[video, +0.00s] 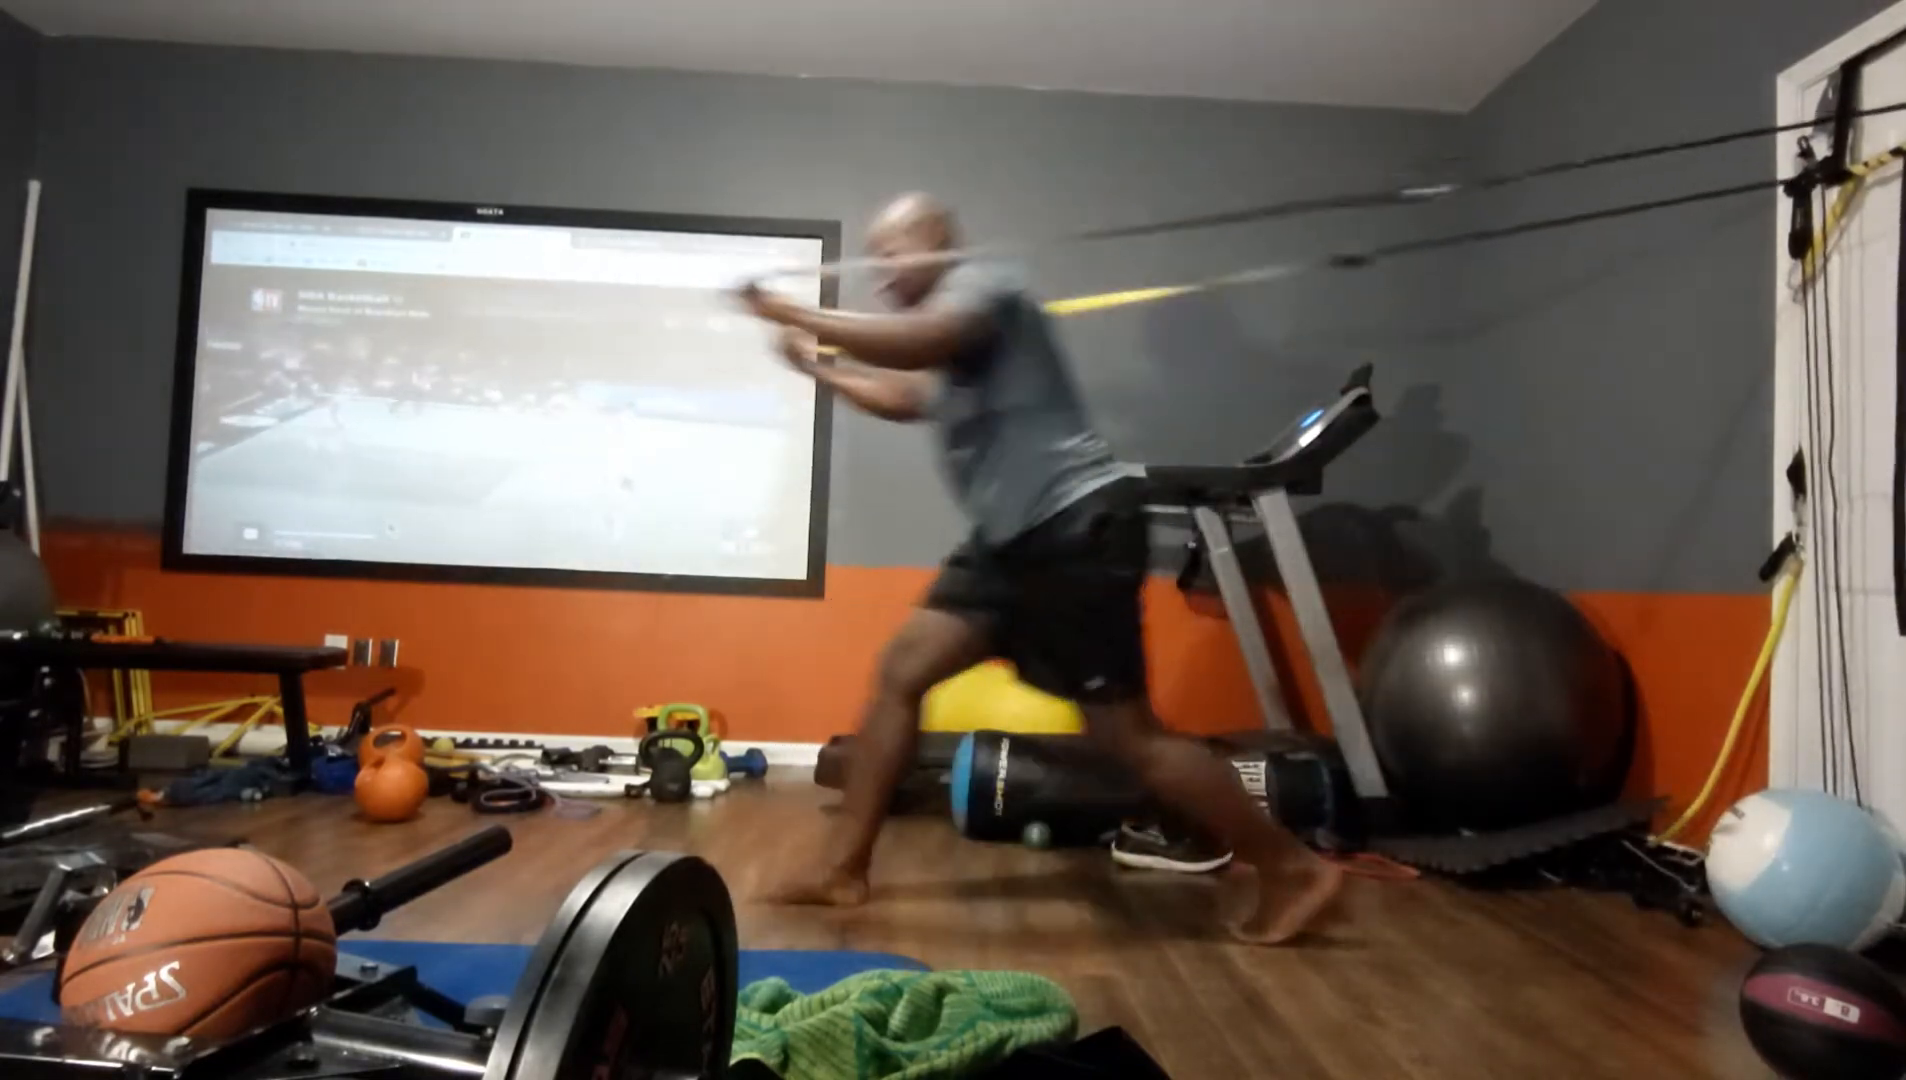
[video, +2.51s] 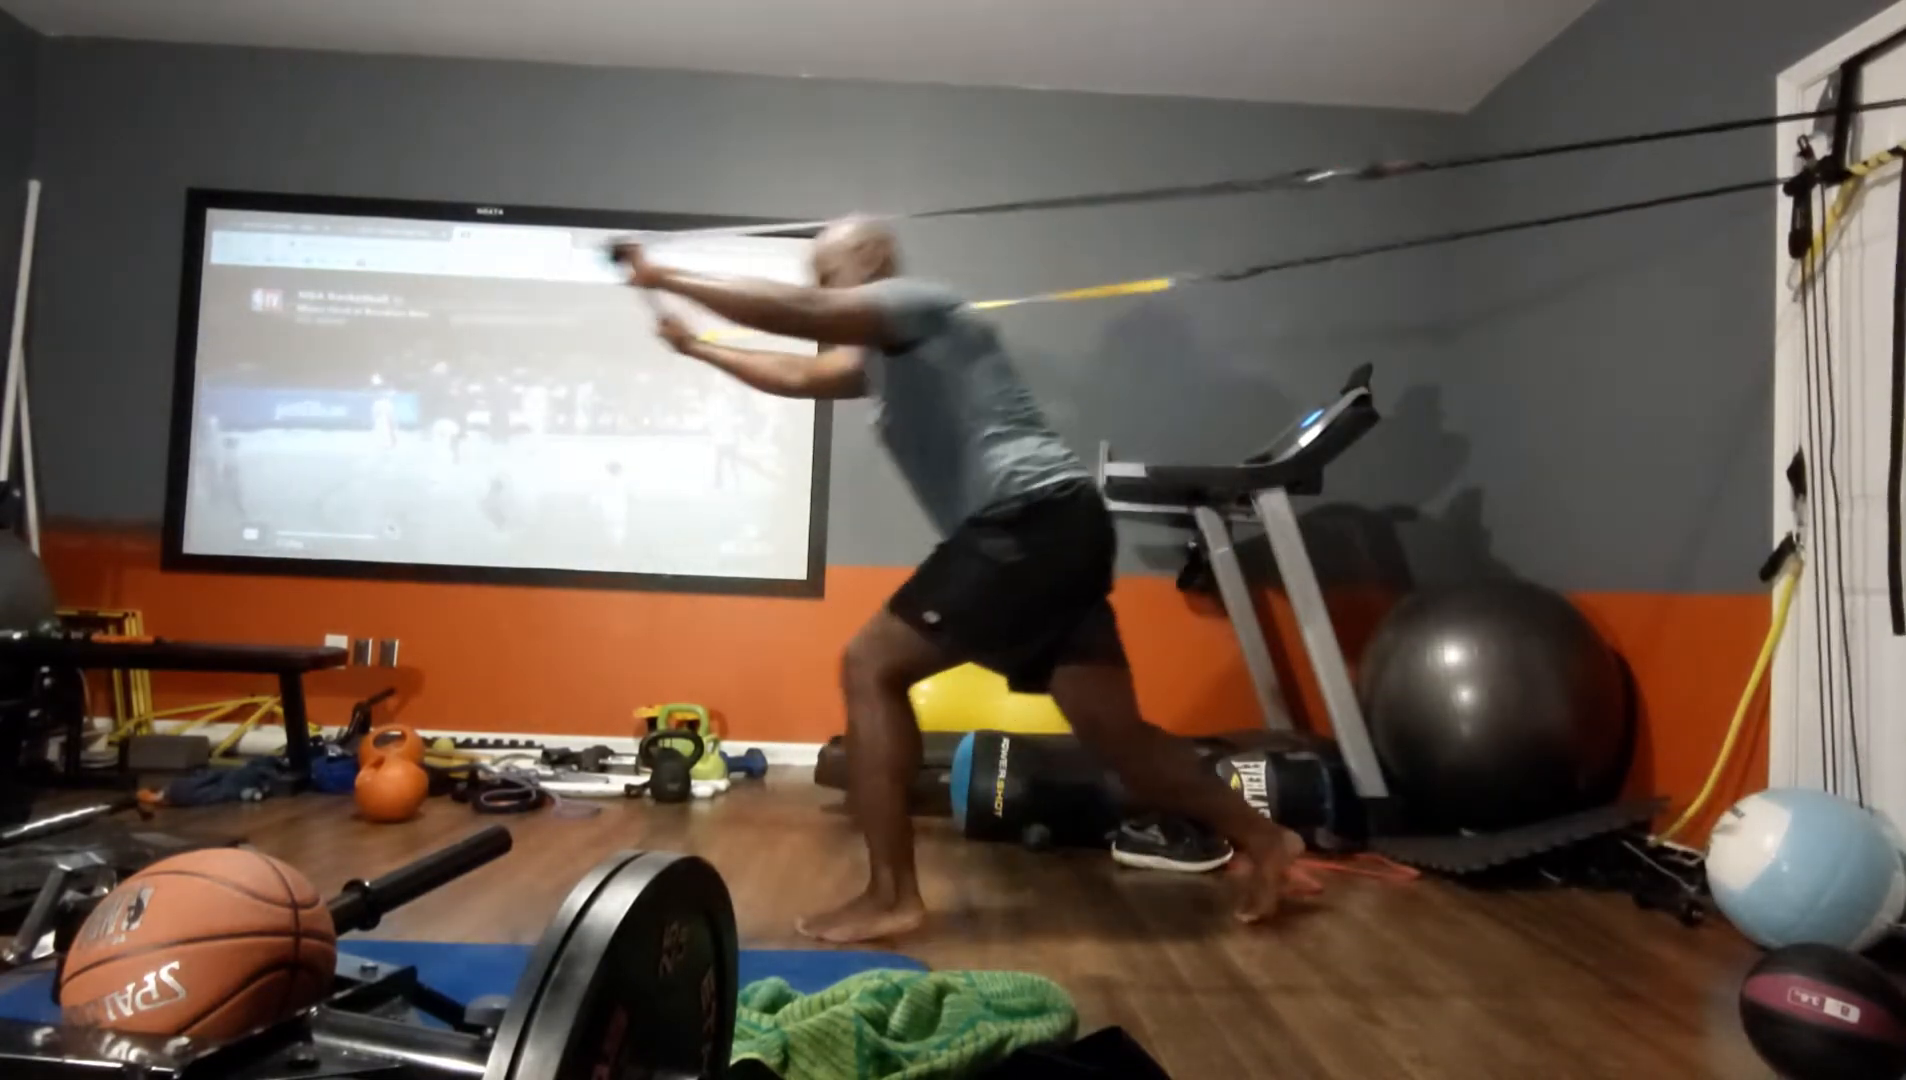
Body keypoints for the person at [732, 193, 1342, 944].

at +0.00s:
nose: (883, 270)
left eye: (895, 250)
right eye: (876, 258)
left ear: (940, 243)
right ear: (881, 262)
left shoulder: (988, 283)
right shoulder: (939, 343)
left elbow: (929, 338)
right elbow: (900, 398)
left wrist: (803, 317)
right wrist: (815, 363)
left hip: (1084, 523)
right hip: (1010, 542)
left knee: (1126, 736)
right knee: (903, 669)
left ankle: (1296, 872)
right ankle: (845, 871)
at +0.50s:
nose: (1093, 201)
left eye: (1106, 181)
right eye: (1092, 187)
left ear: (1159, 181)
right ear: (1131, 193)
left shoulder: (1218, 241)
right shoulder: (1154, 292)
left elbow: (1331, 313)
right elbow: (1192, 399)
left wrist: (1231, 350)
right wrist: (1114, 410)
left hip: (1272, 490)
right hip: (1215, 502)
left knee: (1251, 693)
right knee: (1204, 685)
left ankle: (1329, 887)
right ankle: (1333, 838)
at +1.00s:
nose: (1113, 202)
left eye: (1127, 185)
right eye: (1114, 187)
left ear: (1177, 188)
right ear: (1168, 192)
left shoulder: (1231, 246)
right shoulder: (1179, 288)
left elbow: (1338, 320)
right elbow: (1237, 402)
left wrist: (1246, 384)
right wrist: (1162, 424)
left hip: (1311, 495)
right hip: (1242, 511)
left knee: (1346, 693)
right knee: (1234, 690)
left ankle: (1459, 884)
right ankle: (1325, 869)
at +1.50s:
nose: (968, 262)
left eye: (974, 241)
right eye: (959, 250)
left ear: (1020, 223)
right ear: (969, 255)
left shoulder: (1076, 274)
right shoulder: (1027, 319)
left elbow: (1121, 361)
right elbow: (1040, 416)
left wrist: (1001, 356)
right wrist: (959, 396)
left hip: (1149, 504)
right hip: (1120, 514)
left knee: (1019, 665)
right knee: (1182, 725)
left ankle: (1125, 829)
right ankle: (1314, 854)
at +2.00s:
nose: (694, 390)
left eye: (694, 374)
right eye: (682, 383)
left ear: (732, 344)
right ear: (736, 367)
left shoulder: (802, 353)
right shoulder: (800, 414)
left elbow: (655, 338)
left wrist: (524, 288)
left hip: (980, 534)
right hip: (996, 544)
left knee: (822, 686)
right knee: (1091, 748)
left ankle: (888, 899)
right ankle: (1246, 843)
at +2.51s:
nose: (814, 277)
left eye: (824, 261)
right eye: (812, 269)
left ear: (874, 256)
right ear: (850, 280)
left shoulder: (926, 308)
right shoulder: (885, 364)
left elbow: (805, 309)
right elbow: (790, 374)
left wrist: (674, 276)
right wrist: (693, 340)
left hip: (1033, 521)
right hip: (1051, 530)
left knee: (869, 667)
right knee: (1120, 740)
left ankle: (890, 896)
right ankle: (1266, 845)